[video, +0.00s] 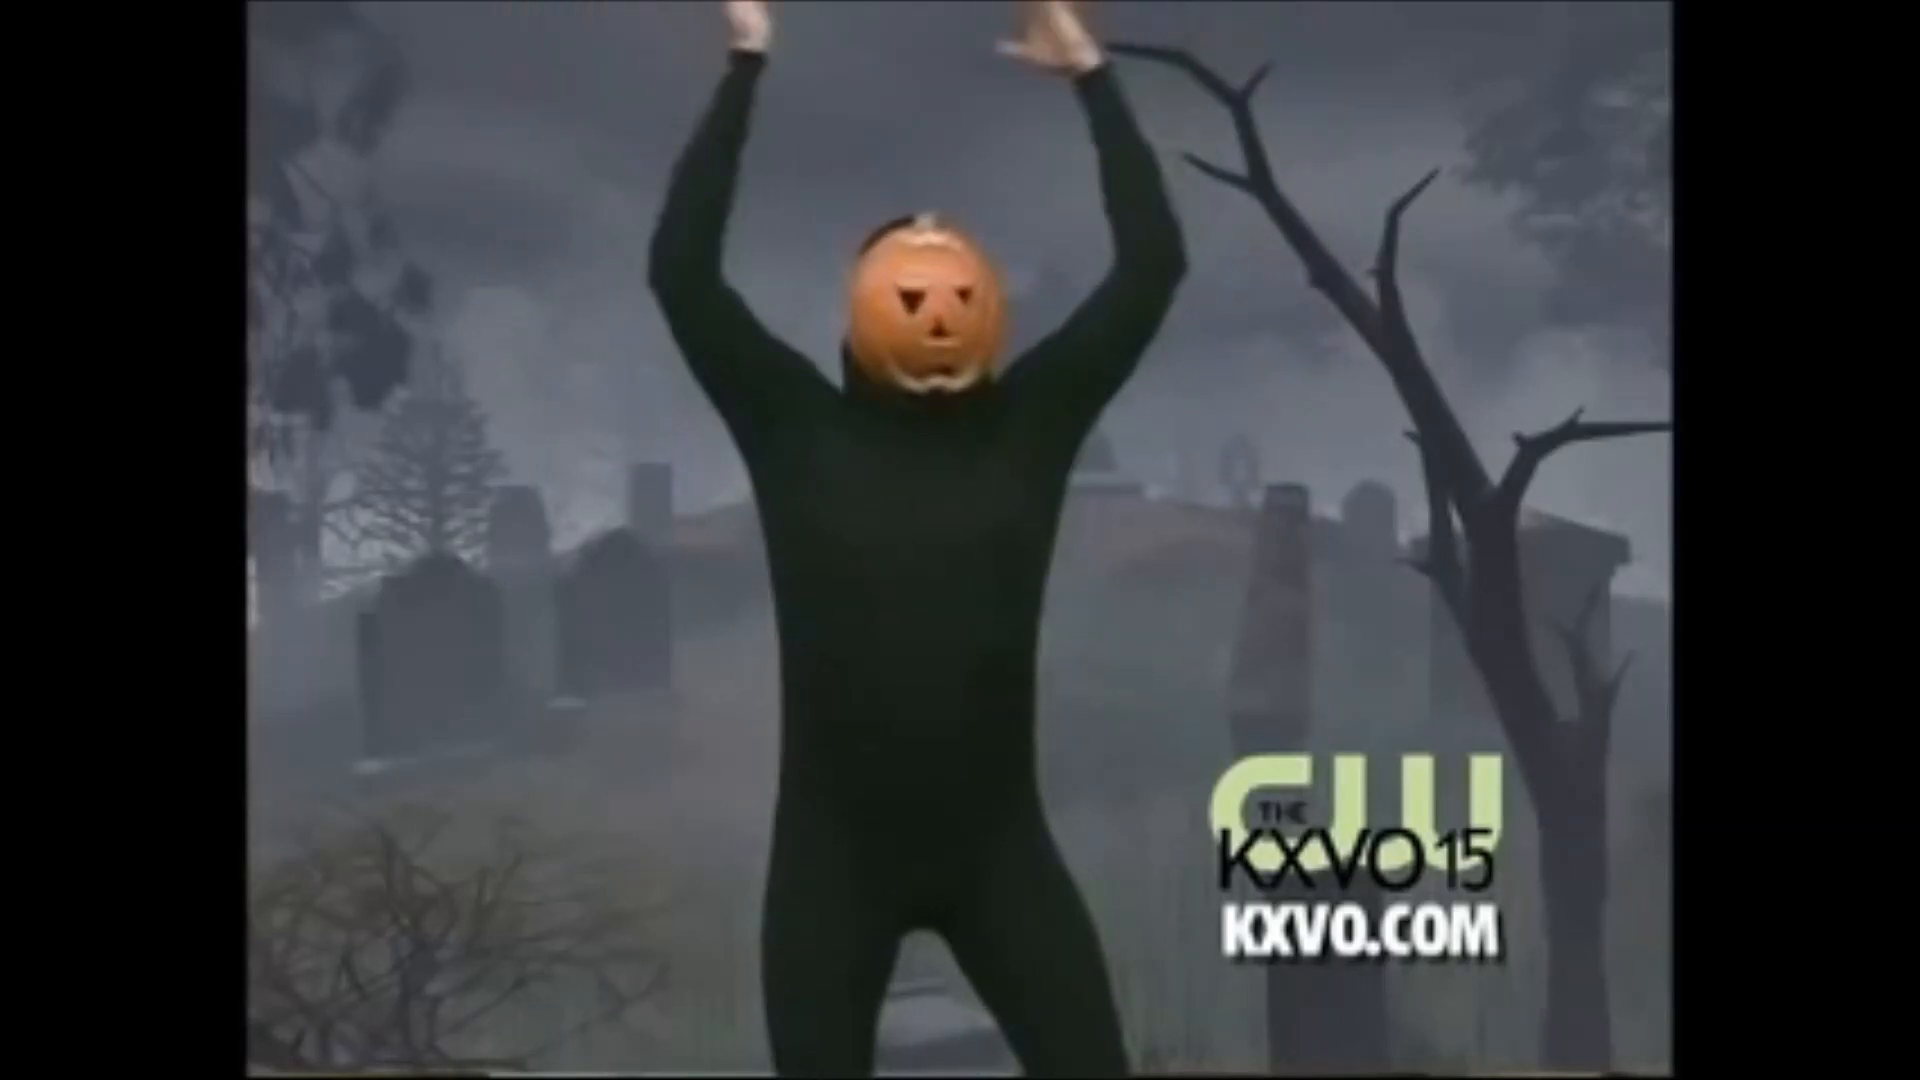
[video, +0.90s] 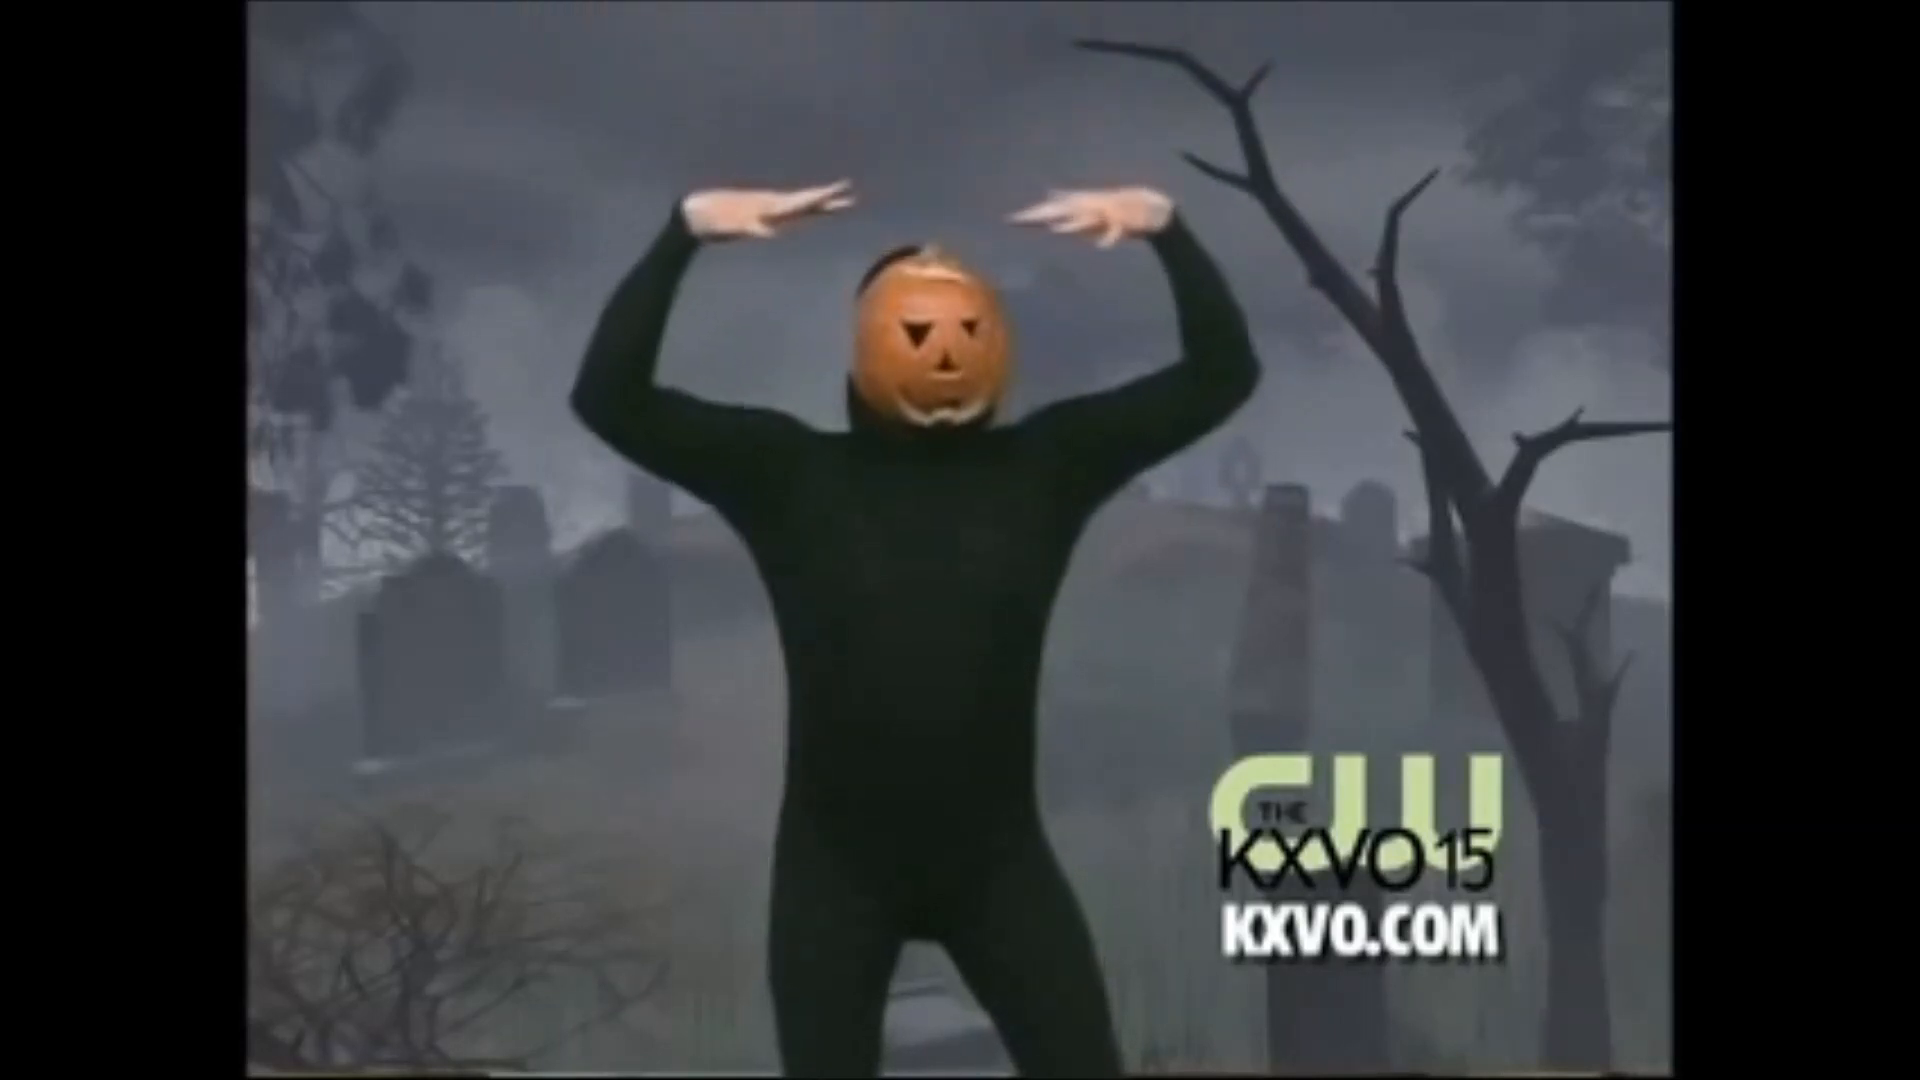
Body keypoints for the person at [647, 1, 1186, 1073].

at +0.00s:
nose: (934, 298)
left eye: (960, 286)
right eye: (901, 284)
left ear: (998, 328)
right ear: (853, 330)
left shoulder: (1033, 425)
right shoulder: (791, 422)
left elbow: (1151, 260)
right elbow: (682, 267)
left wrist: (1090, 71)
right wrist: (744, 62)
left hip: (999, 845)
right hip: (831, 851)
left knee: (1091, 1066)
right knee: (817, 1066)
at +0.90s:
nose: (943, 346)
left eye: (967, 328)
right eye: (911, 328)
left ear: (1002, 358)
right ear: (858, 358)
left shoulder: (1049, 465)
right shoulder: (783, 471)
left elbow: (1221, 372)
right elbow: (610, 396)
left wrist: (1169, 230)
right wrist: (683, 229)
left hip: (998, 861)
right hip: (835, 868)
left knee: (1083, 1065)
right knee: (825, 1068)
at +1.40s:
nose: (939, 353)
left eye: (965, 331)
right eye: (905, 332)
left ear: (1001, 362)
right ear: (853, 366)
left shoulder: (1057, 481)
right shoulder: (775, 487)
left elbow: (1241, 465)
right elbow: (578, 495)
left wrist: (1280, 311)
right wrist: (557, 321)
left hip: (995, 865)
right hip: (831, 871)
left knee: (1078, 1066)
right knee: (824, 1067)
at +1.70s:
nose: (930, 349)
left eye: (956, 331)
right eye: (899, 332)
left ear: (992, 364)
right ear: (848, 368)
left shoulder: (1047, 494)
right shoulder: (777, 503)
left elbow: (1232, 524)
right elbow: (585, 584)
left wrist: (1344, 385)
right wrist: (472, 431)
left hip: (989, 866)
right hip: (825, 873)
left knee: (1067, 1064)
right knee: (822, 1070)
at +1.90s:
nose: (916, 347)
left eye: (941, 330)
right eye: (885, 331)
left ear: (980, 365)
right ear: (840, 370)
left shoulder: (1039, 501)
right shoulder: (770, 513)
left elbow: (1213, 560)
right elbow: (612, 634)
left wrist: (1366, 457)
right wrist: (444, 549)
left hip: (982, 870)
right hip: (819, 874)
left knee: (1064, 1069)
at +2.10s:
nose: (901, 336)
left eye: (925, 321)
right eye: (869, 326)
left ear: (964, 364)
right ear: (829, 370)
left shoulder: (1018, 505)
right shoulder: (764, 518)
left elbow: (1183, 590)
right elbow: (622, 675)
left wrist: (1356, 535)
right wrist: (444, 668)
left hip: (977, 872)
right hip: (815, 878)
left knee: (1056, 1062)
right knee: (812, 1072)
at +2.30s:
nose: (887, 354)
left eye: (913, 333)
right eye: (856, 338)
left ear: (954, 363)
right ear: (814, 373)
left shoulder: (1007, 504)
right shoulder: (750, 529)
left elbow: (1142, 622)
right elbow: (655, 711)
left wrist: (1306, 634)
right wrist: (512, 816)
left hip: (973, 873)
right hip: (811, 882)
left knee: (1041, 1064)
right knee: (809, 1071)